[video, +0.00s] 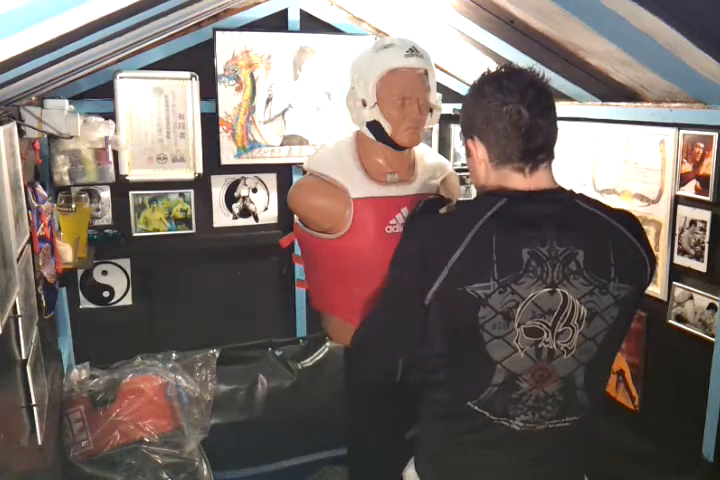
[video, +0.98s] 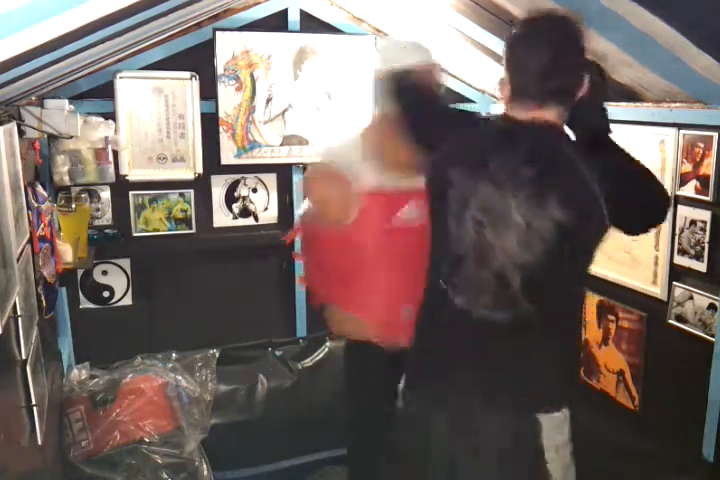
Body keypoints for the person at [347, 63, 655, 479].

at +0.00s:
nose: (466, 160)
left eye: (465, 148)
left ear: (477, 154)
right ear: (552, 143)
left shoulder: (440, 234)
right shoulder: (625, 238)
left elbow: (372, 360)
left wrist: (379, 467)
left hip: (456, 459)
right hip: (569, 461)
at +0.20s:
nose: (467, 158)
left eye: (465, 146)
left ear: (477, 153)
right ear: (551, 142)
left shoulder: (437, 237)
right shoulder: (624, 236)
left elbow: (372, 345)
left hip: (458, 461)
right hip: (567, 462)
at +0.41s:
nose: (461, 151)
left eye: (463, 140)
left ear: (476, 151)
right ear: (550, 138)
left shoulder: (446, 231)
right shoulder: (612, 222)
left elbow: (390, 282)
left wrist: (436, 187)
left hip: (464, 456)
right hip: (566, 456)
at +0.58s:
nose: (458, 152)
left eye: (460, 140)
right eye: (458, 141)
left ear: (471, 152)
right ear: (543, 141)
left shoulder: (445, 239)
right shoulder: (594, 224)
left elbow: (390, 286)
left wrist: (433, 187)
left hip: (468, 445)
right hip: (558, 443)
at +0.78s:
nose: (457, 165)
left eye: (460, 155)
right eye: (459, 155)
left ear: (471, 165)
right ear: (539, 163)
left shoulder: (456, 271)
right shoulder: (579, 242)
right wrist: (466, 240)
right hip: (545, 452)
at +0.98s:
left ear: (505, 82)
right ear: (580, 90)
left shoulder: (459, 145)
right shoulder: (590, 177)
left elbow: (415, 105)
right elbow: (651, 209)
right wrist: (594, 131)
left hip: (439, 379)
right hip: (531, 396)